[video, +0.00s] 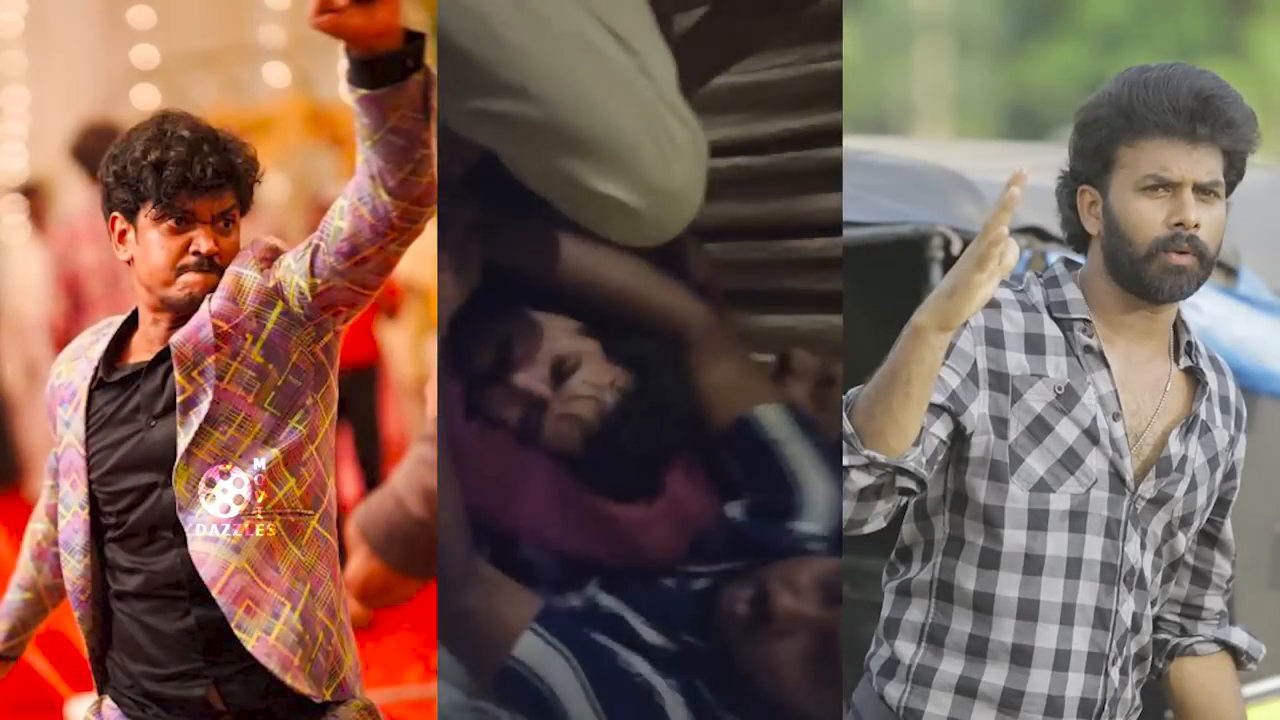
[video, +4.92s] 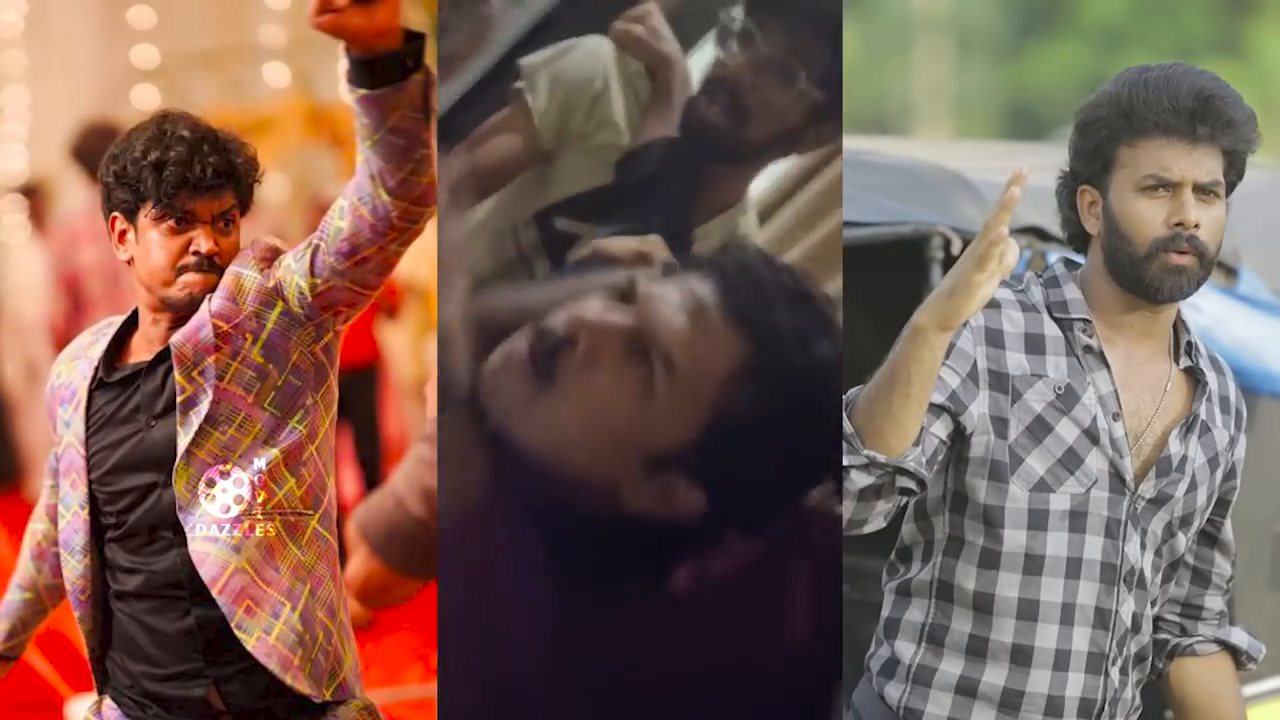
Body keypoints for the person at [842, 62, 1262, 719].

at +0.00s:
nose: (1187, 217)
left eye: (1207, 194)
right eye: (1157, 190)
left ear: (1227, 209)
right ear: (1092, 208)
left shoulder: (1219, 397)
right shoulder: (985, 328)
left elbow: (1193, 615)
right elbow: (857, 504)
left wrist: (1224, 711)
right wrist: (932, 325)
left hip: (1105, 709)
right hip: (936, 701)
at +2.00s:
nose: (1187, 217)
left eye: (1207, 194)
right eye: (1157, 190)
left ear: (1227, 208)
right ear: (1092, 207)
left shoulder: (1219, 398)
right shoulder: (984, 329)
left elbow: (1193, 617)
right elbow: (850, 508)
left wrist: (1225, 711)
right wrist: (931, 327)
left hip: (1105, 709)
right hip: (935, 702)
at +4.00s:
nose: (1188, 217)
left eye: (1207, 194)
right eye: (1157, 189)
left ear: (1227, 208)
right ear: (1092, 208)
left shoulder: (1219, 397)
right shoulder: (984, 329)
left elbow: (1193, 618)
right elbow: (854, 506)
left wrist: (1226, 711)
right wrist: (931, 327)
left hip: (1105, 710)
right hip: (935, 702)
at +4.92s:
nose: (1187, 217)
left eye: (1207, 194)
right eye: (1157, 190)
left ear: (1227, 208)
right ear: (1092, 207)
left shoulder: (1219, 398)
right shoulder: (984, 328)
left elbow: (1193, 617)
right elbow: (852, 507)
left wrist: (1225, 711)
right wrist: (931, 327)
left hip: (1105, 709)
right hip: (935, 702)